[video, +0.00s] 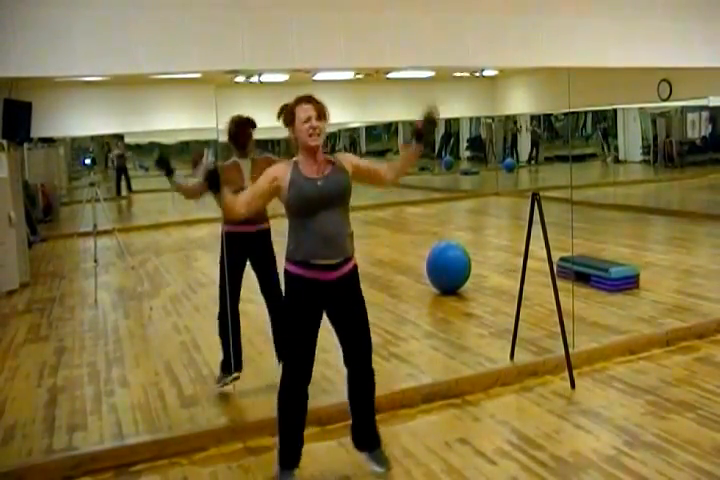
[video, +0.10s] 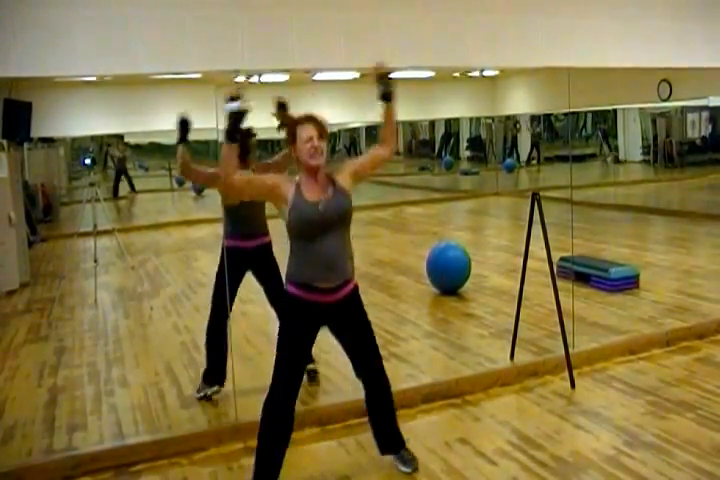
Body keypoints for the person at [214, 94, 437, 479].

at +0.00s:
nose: (313, 125)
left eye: (317, 119)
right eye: (305, 121)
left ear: (325, 123)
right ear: (292, 130)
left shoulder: (343, 162)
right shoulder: (280, 173)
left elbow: (389, 174)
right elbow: (239, 208)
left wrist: (418, 143)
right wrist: (213, 186)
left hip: (344, 276)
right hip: (302, 280)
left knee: (360, 362)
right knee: (296, 373)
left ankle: (368, 442)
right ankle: (288, 464)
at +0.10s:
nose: (314, 145)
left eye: (319, 139)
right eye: (305, 140)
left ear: (327, 145)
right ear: (293, 149)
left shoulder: (343, 178)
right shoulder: (282, 187)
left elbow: (387, 147)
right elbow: (228, 180)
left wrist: (387, 94)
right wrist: (233, 125)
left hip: (345, 297)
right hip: (301, 301)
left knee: (374, 374)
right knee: (283, 390)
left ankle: (393, 445)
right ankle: (264, 474)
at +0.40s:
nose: (314, 132)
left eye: (318, 125)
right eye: (306, 128)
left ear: (326, 131)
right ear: (293, 138)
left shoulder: (344, 167)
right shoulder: (283, 179)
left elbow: (393, 176)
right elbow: (237, 211)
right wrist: (214, 186)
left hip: (348, 282)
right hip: (305, 287)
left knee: (370, 365)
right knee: (297, 381)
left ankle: (381, 444)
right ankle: (278, 472)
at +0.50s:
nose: (317, 134)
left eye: (320, 128)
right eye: (308, 131)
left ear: (328, 133)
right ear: (295, 141)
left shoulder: (345, 176)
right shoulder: (285, 189)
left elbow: (375, 218)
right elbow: (266, 243)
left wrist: (419, 243)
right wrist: (245, 263)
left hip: (348, 288)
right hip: (306, 292)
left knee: (360, 374)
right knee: (312, 379)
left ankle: (356, 459)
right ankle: (308, 470)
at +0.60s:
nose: (318, 153)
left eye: (322, 147)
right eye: (309, 150)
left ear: (330, 153)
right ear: (297, 161)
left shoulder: (345, 195)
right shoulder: (288, 207)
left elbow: (356, 255)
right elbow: (284, 267)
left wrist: (381, 300)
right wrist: (279, 316)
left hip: (352, 312)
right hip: (310, 316)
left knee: (358, 399)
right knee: (321, 401)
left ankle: (344, 464)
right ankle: (320, 473)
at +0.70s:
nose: (320, 141)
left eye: (324, 134)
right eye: (311, 137)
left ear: (332, 140)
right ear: (299, 146)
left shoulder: (347, 183)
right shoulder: (290, 194)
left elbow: (368, 235)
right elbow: (277, 248)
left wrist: (410, 257)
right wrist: (257, 281)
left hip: (353, 298)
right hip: (311, 301)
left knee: (360, 385)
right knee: (315, 388)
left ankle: (348, 464)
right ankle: (317, 469)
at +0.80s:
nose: (321, 125)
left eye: (325, 118)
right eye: (313, 121)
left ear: (333, 123)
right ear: (300, 130)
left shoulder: (351, 164)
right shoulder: (288, 174)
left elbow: (389, 191)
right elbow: (254, 221)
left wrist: (424, 172)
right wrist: (221, 205)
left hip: (353, 277)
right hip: (312, 280)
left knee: (364, 364)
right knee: (310, 373)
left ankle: (364, 451)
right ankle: (306, 468)